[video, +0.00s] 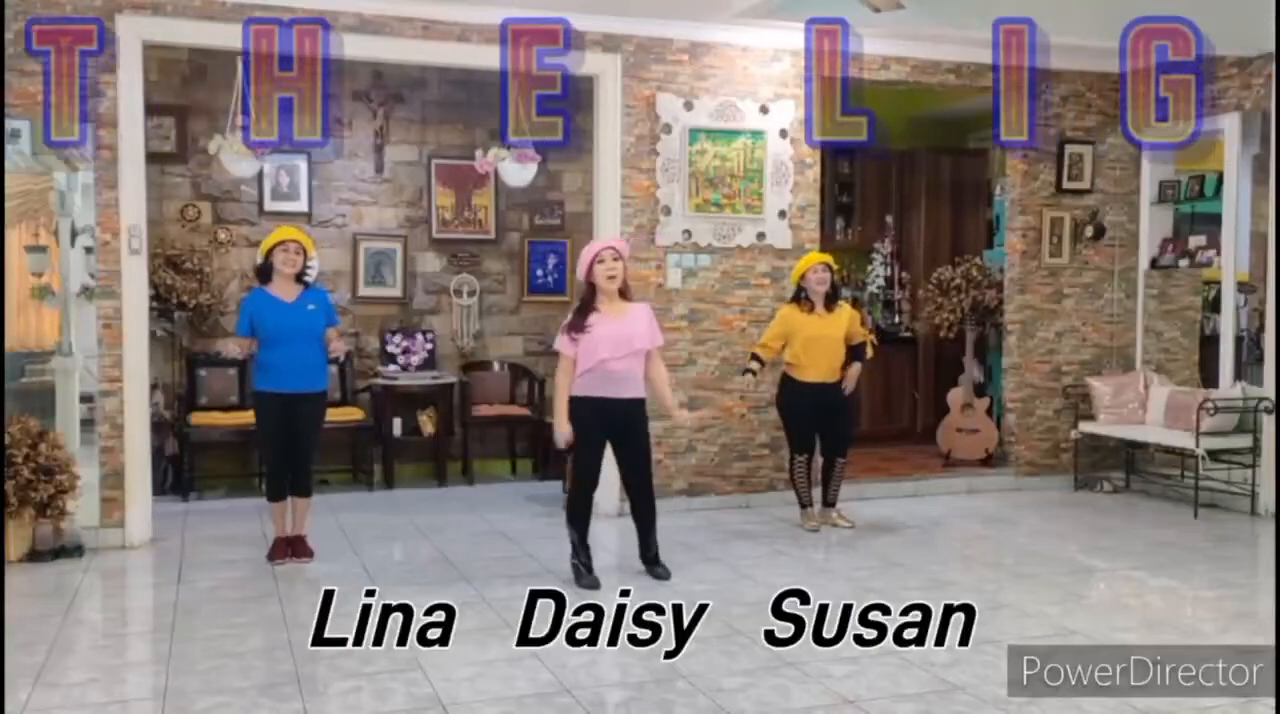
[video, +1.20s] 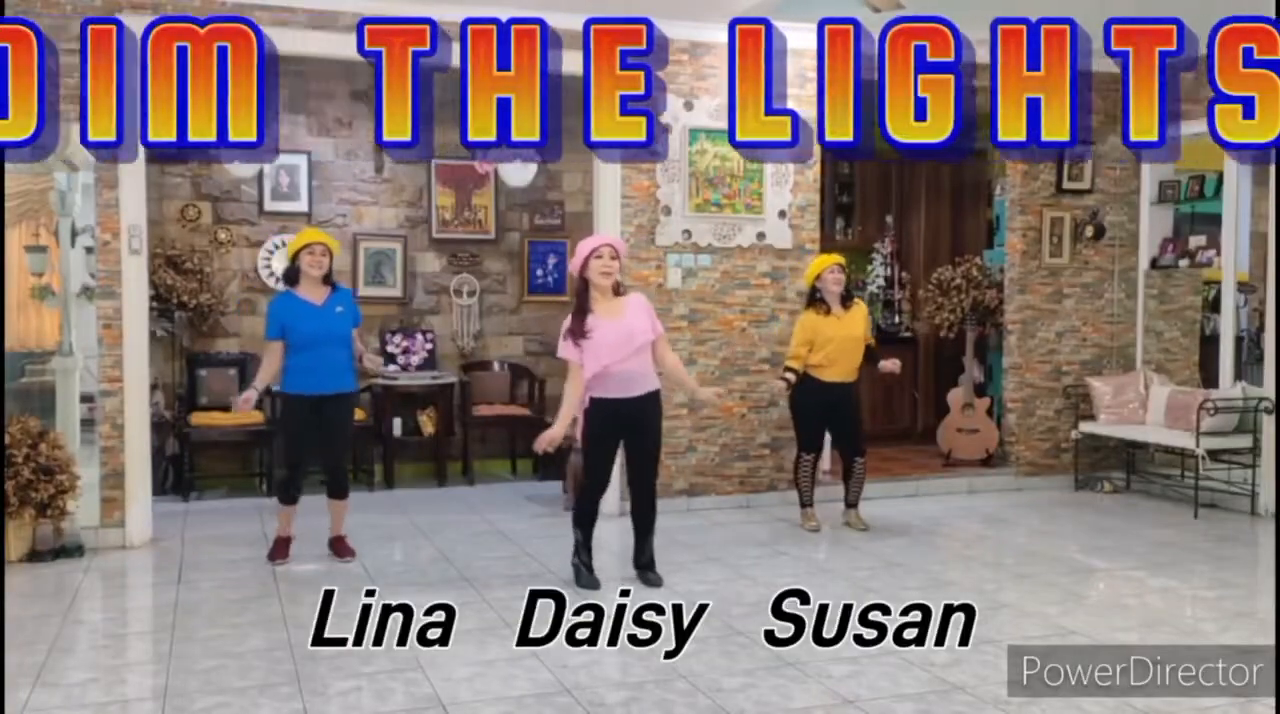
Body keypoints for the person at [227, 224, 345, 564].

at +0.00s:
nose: (291, 257)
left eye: (297, 252)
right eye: (284, 251)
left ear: (304, 261)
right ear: (271, 257)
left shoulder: (318, 297)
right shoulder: (254, 300)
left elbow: (333, 337)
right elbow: (248, 343)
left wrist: (337, 345)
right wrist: (236, 346)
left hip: (311, 390)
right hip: (270, 391)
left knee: (302, 461)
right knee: (275, 462)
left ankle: (298, 535)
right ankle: (280, 536)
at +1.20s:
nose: (317, 259)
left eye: (323, 254)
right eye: (310, 254)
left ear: (331, 261)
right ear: (298, 260)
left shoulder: (344, 297)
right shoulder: (282, 303)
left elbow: (355, 340)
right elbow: (273, 355)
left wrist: (364, 356)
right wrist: (255, 389)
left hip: (339, 396)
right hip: (297, 397)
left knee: (338, 467)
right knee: (291, 468)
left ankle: (338, 536)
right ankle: (284, 535)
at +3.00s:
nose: (282, 257)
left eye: (289, 251)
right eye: (275, 251)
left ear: (300, 260)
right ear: (265, 258)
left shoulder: (314, 303)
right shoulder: (248, 297)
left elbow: (320, 349)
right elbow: (232, 341)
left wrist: (325, 353)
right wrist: (212, 346)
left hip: (295, 397)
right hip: (252, 395)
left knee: (297, 464)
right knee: (258, 466)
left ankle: (294, 532)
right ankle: (266, 539)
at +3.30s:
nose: (291, 256)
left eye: (298, 251)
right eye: (284, 251)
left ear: (309, 258)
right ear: (273, 259)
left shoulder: (328, 298)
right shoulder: (263, 300)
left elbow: (340, 343)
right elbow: (252, 347)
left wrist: (330, 353)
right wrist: (227, 345)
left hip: (310, 396)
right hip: (266, 395)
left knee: (313, 466)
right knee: (265, 467)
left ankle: (329, 535)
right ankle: (267, 540)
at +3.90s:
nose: (314, 257)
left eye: (320, 251)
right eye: (307, 251)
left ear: (331, 258)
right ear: (296, 259)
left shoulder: (350, 293)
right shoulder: (284, 305)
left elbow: (364, 333)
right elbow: (277, 349)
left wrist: (371, 346)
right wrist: (280, 363)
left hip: (340, 395)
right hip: (298, 396)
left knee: (335, 465)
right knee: (299, 467)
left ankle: (331, 536)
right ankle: (309, 537)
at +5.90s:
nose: (295, 259)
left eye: (302, 253)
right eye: (288, 254)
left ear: (313, 261)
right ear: (278, 263)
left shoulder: (336, 295)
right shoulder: (271, 307)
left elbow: (355, 335)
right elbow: (267, 357)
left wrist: (348, 354)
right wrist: (242, 363)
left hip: (329, 396)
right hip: (285, 397)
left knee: (325, 465)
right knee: (273, 464)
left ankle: (330, 537)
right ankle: (259, 539)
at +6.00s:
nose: (299, 259)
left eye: (306, 253)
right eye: (291, 254)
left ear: (317, 260)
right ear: (282, 262)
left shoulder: (340, 293)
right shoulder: (276, 307)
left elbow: (359, 331)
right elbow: (271, 358)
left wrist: (360, 351)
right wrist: (255, 366)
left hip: (333, 395)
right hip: (289, 395)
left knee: (329, 465)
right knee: (278, 463)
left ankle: (330, 537)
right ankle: (272, 533)